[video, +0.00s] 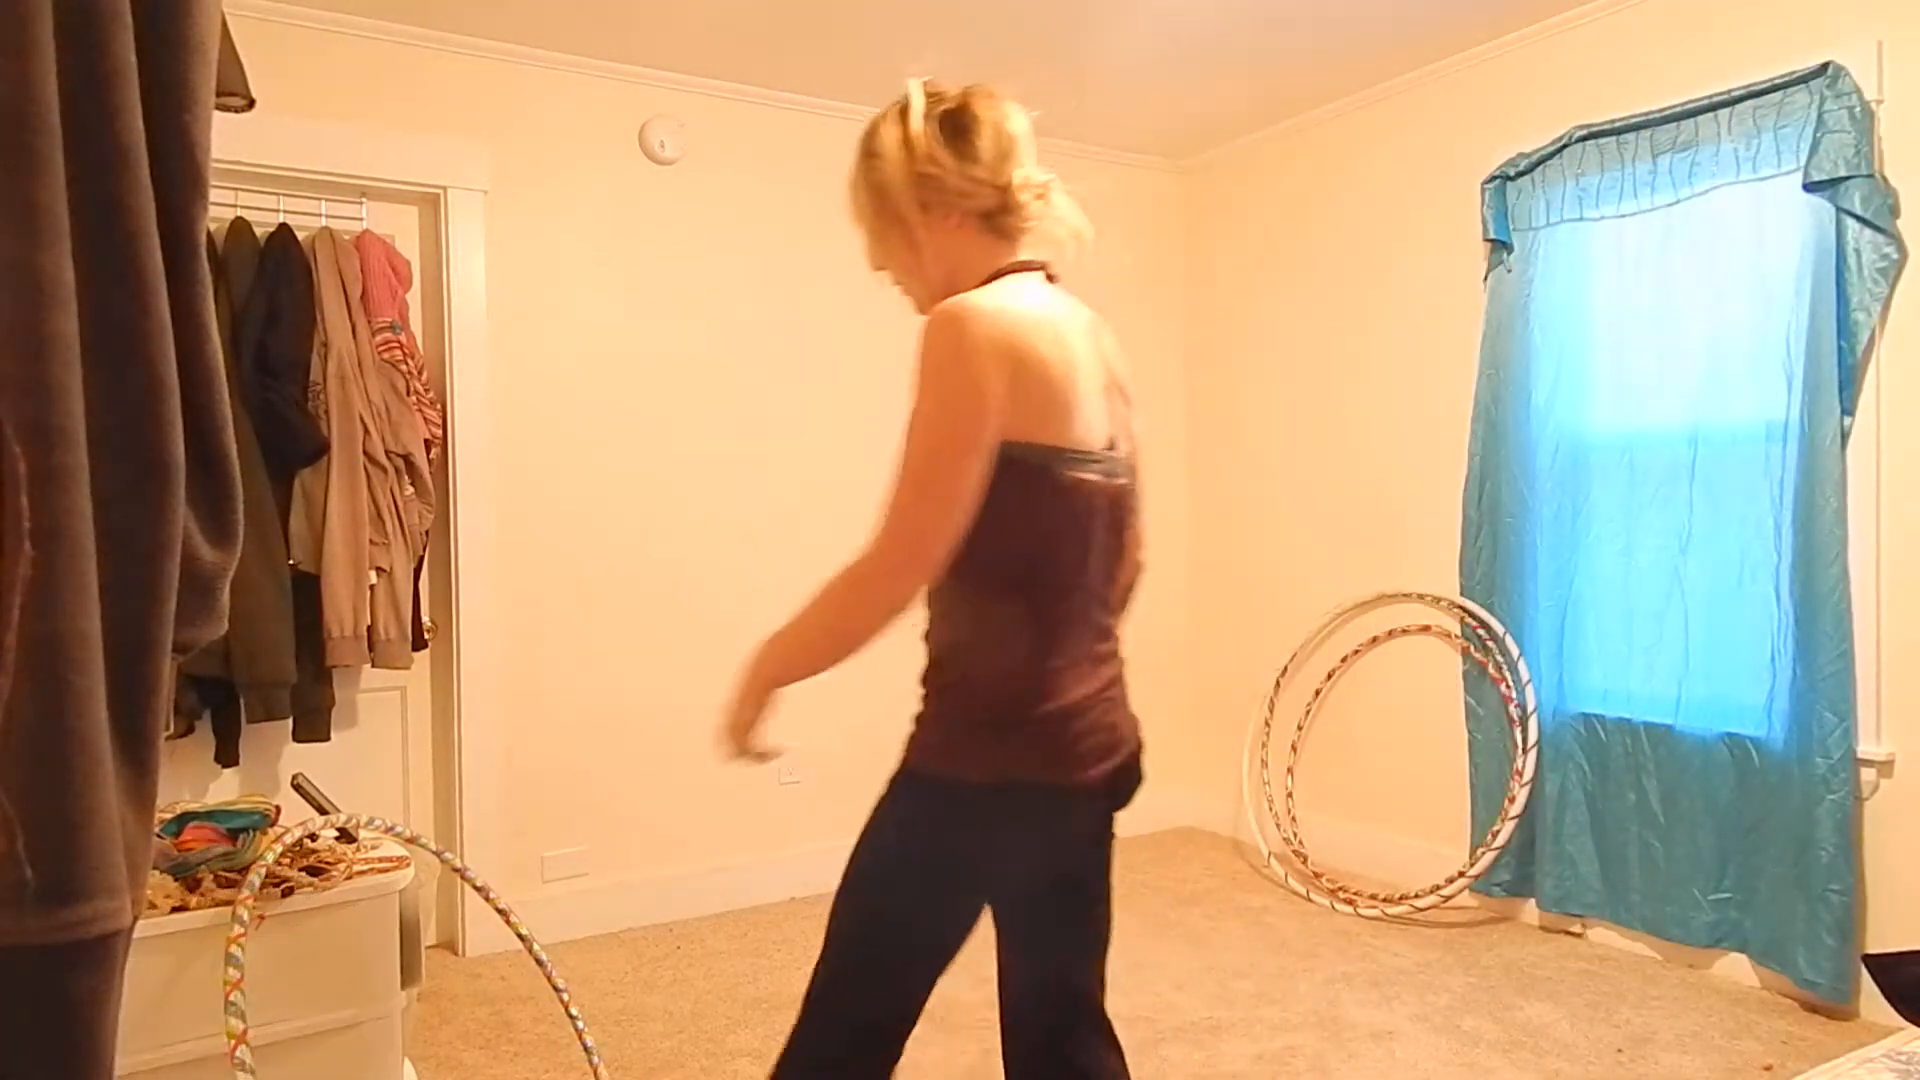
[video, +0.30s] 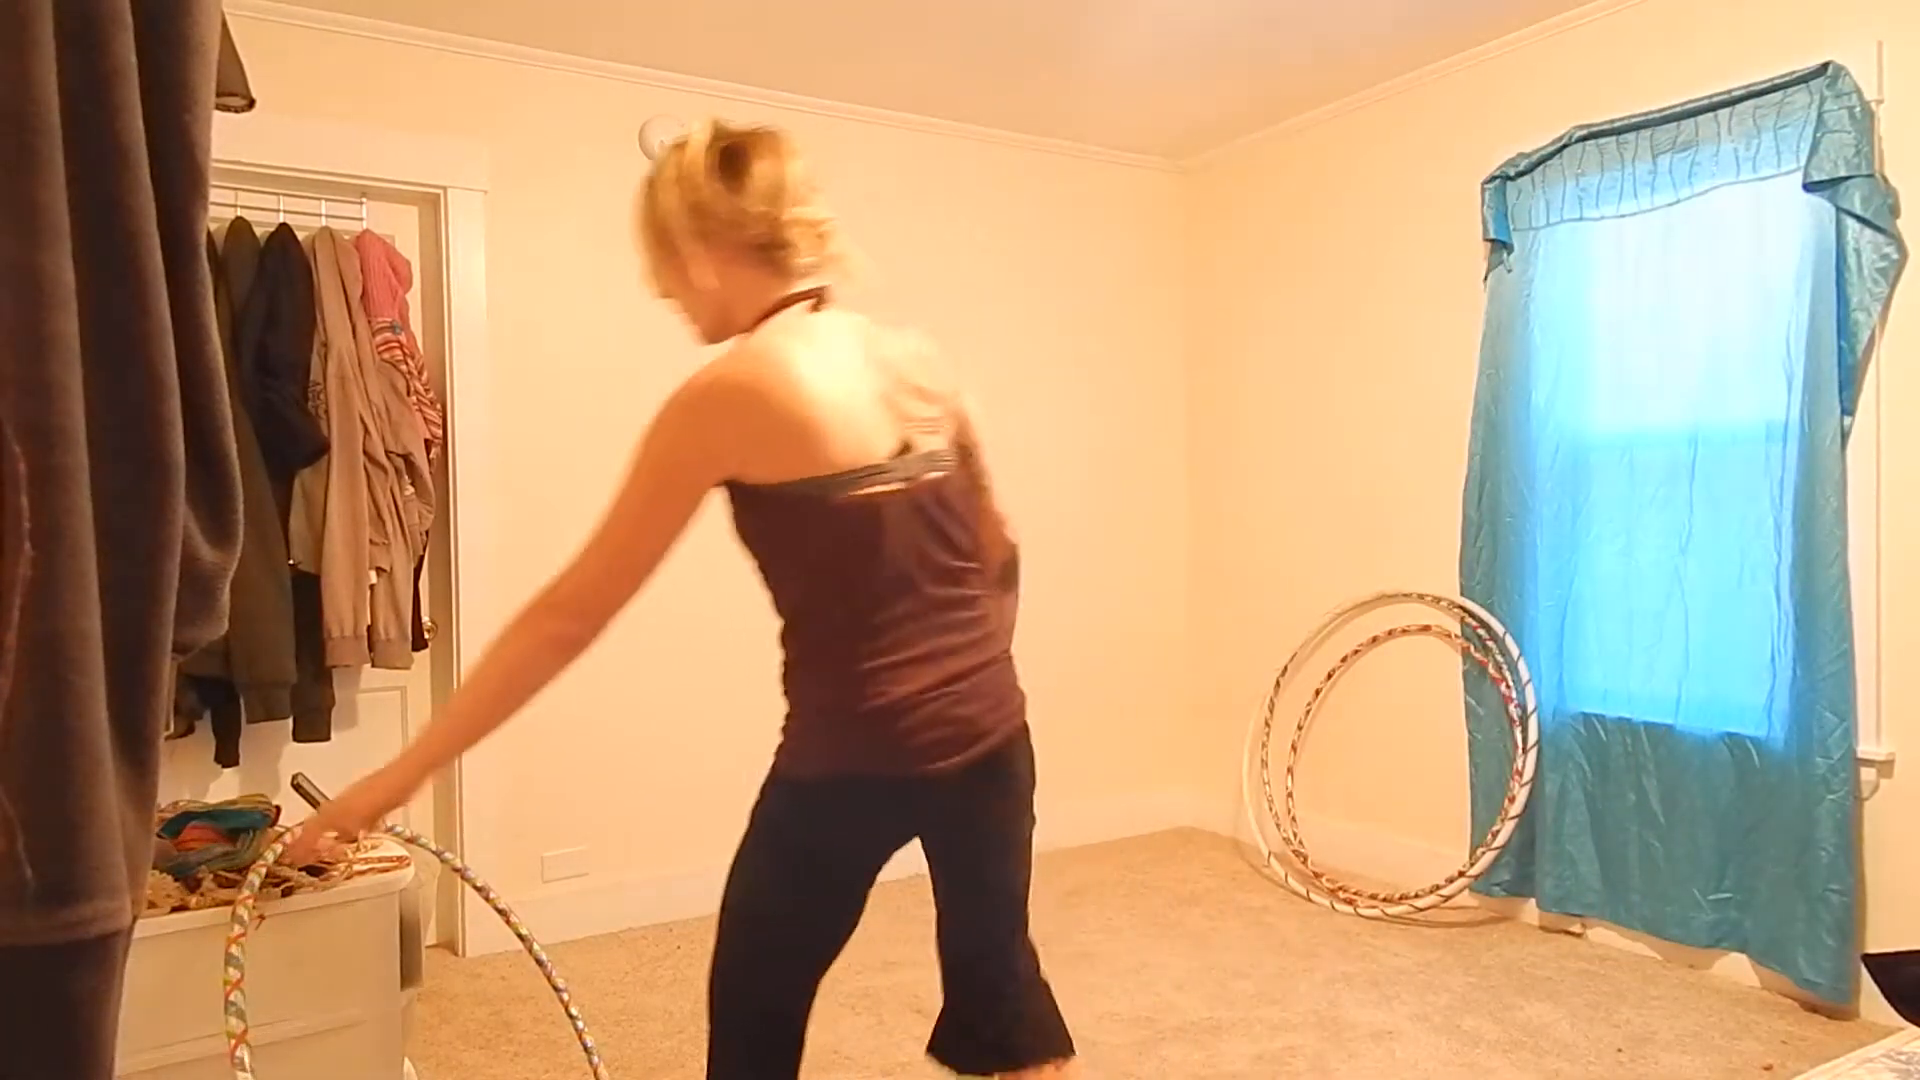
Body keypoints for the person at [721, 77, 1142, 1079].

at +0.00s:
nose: (883, 265)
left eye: (886, 234)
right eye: (877, 239)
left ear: (943, 209)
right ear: (990, 202)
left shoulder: (971, 326)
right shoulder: (1082, 331)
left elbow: (906, 559)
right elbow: (1122, 565)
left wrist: (767, 667)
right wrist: (1042, 671)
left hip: (980, 751)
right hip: (1083, 742)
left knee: (840, 1043)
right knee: (1061, 1036)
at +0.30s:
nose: (672, 296)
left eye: (672, 268)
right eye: (665, 271)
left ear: (711, 253)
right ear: (791, 237)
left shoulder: (729, 392)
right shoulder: (915, 357)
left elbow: (569, 617)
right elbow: (997, 553)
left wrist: (392, 782)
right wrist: (967, 689)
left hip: (849, 754)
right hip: (988, 735)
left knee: (757, 1012)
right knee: (1006, 981)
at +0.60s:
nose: (598, 347)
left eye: (601, 320)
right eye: (594, 322)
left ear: (650, 307)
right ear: (715, 291)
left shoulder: (655, 449)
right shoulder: (843, 387)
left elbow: (490, 671)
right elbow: (965, 560)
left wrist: (329, 819)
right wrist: (1015, 675)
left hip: (816, 761)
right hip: (955, 717)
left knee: (715, 1020)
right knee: (1039, 957)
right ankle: (1108, 1073)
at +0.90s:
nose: (778, 323)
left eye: (774, 307)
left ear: (787, 306)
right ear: (887, 286)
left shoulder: (784, 435)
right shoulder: (973, 415)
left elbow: (656, 596)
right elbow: (1069, 578)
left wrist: (500, 731)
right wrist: (1132, 692)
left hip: (872, 750)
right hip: (1008, 737)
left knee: (776, 994)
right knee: (1066, 986)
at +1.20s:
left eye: (985, 263)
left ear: (992, 269)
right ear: (1087, 244)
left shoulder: (982, 395)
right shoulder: (1170, 358)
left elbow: (881, 543)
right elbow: (1250, 522)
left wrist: (774, 652)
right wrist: (1332, 658)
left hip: (1020, 671)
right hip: (1148, 681)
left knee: (901, 826)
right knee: (1148, 933)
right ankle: (1156, 1074)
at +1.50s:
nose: (1194, 246)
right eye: (1188, 231)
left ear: (1088, 259)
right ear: (1184, 244)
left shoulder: (1061, 384)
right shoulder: (1231, 360)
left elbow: (1024, 529)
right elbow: (1258, 531)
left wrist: (986, 619)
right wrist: (1312, 681)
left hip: (1079, 648)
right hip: (1194, 666)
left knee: (1025, 753)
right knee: (1174, 887)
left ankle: (1004, 853)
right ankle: (1161, 1068)